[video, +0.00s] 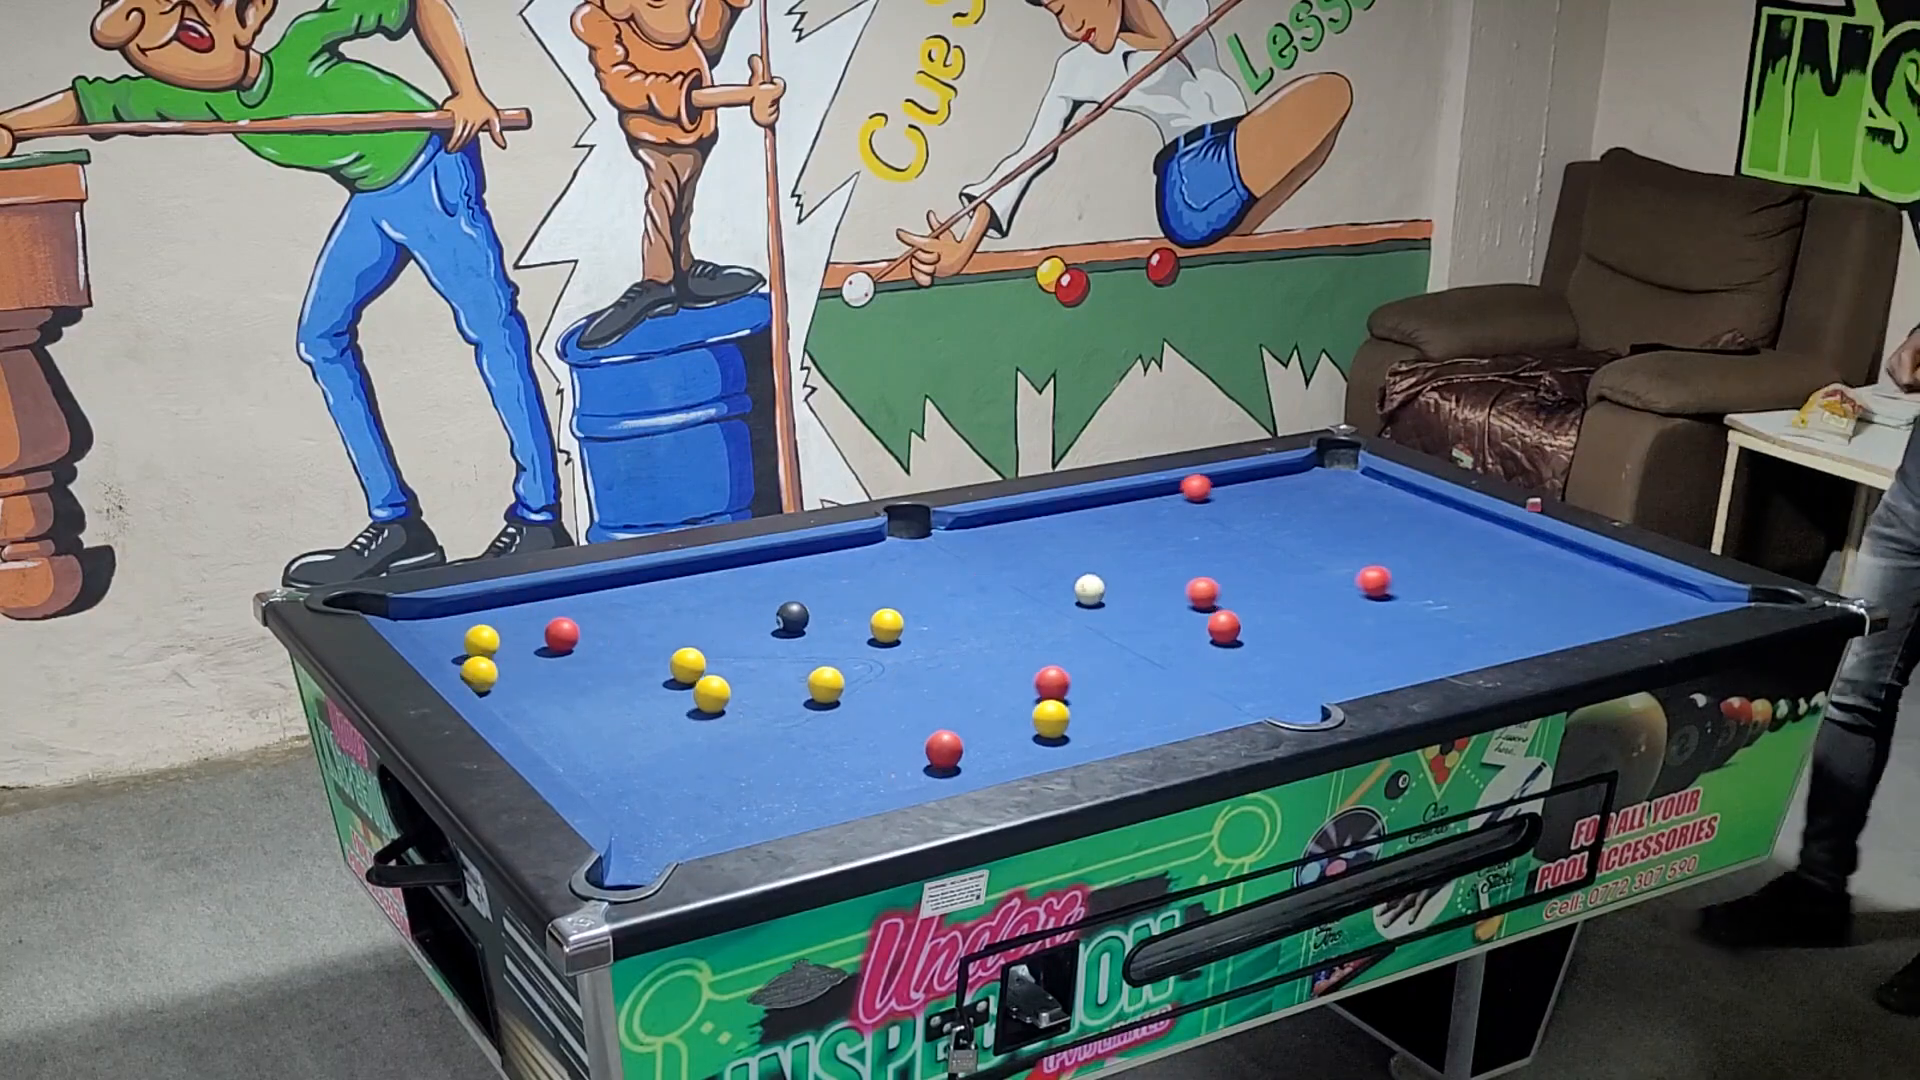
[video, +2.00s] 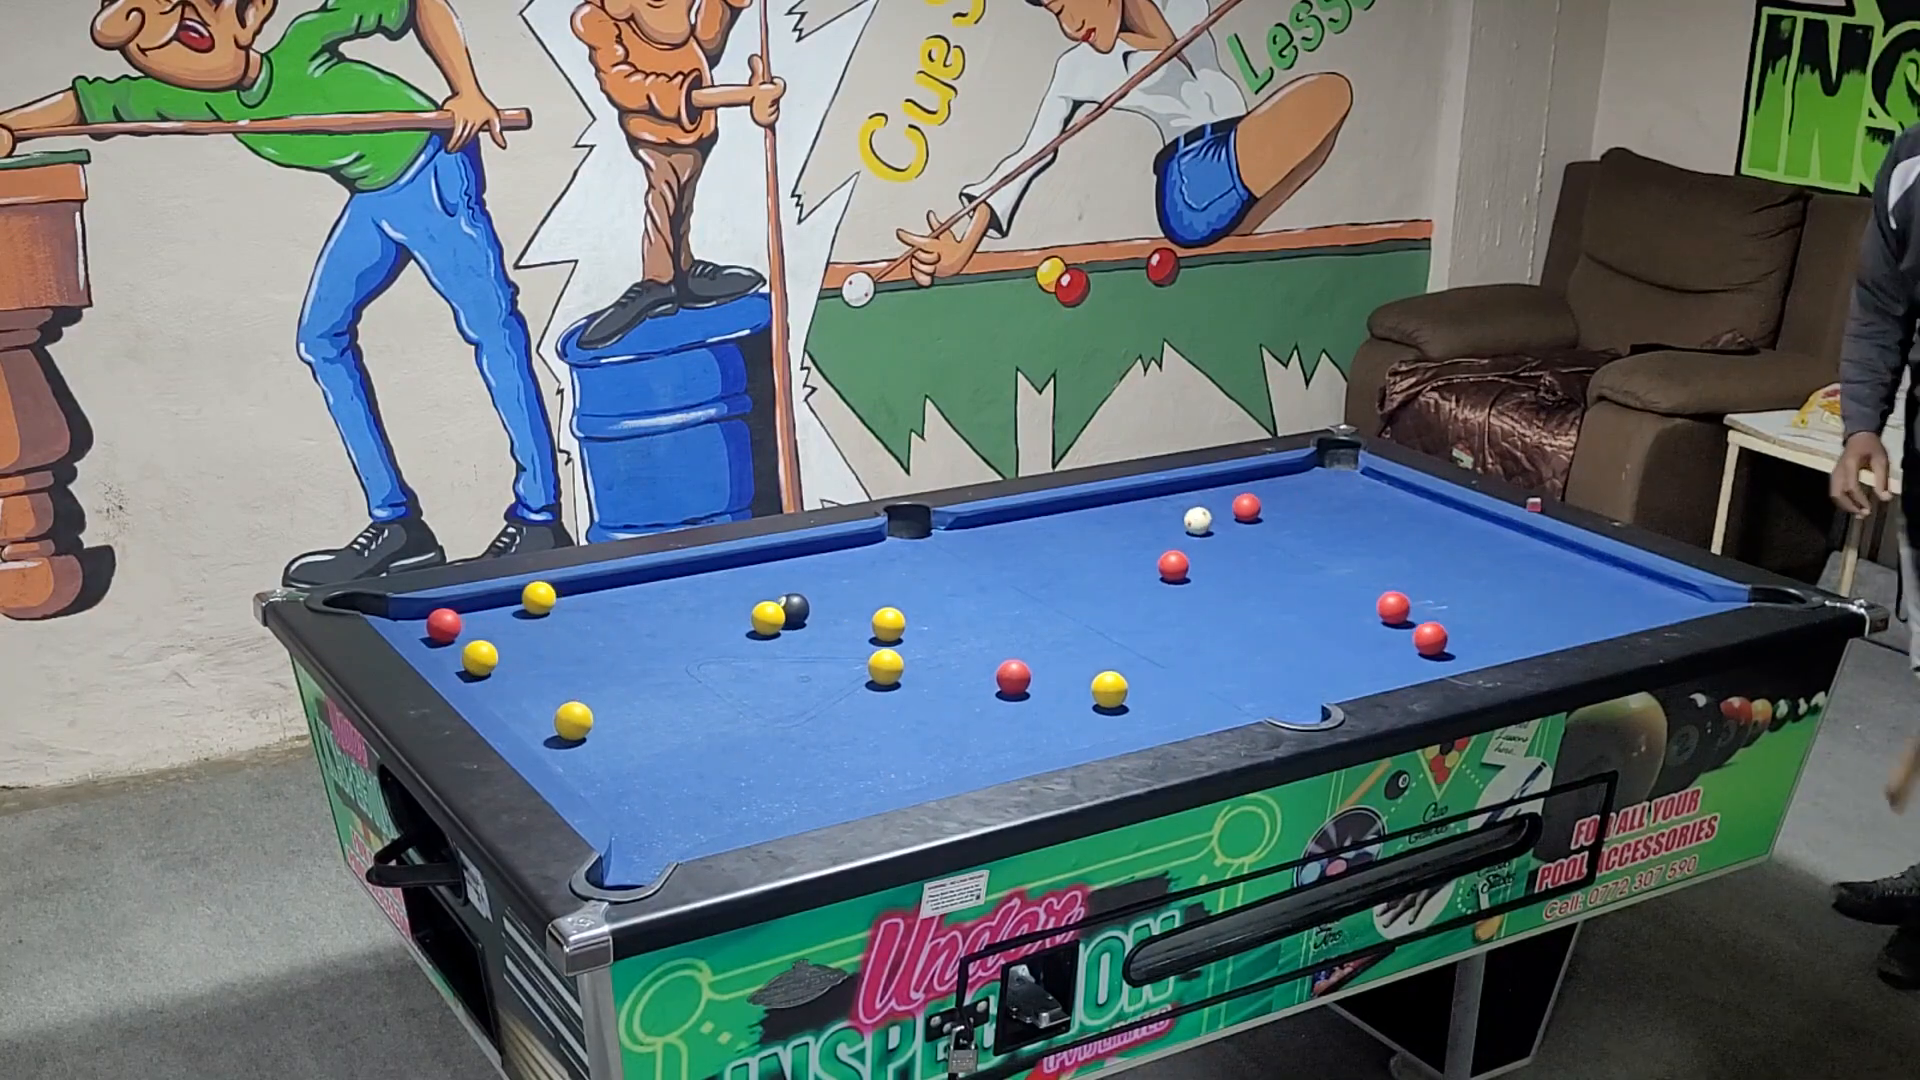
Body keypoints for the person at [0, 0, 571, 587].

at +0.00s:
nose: (208, 58)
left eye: (201, 43)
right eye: (191, 58)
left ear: (228, 22)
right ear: (185, 74)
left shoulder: (301, 37)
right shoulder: (213, 98)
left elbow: (419, 4)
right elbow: (90, 101)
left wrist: (467, 87)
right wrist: (9, 124)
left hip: (426, 165)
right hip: (369, 198)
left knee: (492, 329)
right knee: (322, 337)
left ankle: (541, 516)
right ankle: (397, 522)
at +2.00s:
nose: (208, 60)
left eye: (200, 44)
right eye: (190, 59)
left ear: (227, 24)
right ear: (184, 73)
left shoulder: (300, 37)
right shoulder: (211, 98)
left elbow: (419, 4)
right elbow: (90, 101)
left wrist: (466, 87)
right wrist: (9, 124)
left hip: (426, 165)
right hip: (369, 198)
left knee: (492, 329)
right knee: (322, 337)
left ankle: (541, 517)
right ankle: (397, 523)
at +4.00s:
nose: (201, 56)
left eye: (194, 41)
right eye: (186, 56)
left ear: (218, 21)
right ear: (183, 72)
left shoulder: (299, 37)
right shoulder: (218, 98)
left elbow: (417, 3)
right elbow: (94, 100)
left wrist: (467, 87)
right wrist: (10, 123)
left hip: (426, 163)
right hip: (369, 197)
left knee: (492, 329)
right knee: (321, 337)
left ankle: (541, 518)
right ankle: (397, 522)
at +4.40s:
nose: (203, 55)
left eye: (197, 40)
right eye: (187, 55)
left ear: (222, 20)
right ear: (183, 73)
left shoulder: (300, 37)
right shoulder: (218, 98)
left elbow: (417, 3)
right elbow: (92, 100)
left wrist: (467, 87)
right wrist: (9, 124)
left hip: (426, 164)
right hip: (369, 197)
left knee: (492, 329)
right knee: (321, 337)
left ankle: (541, 518)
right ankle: (397, 522)